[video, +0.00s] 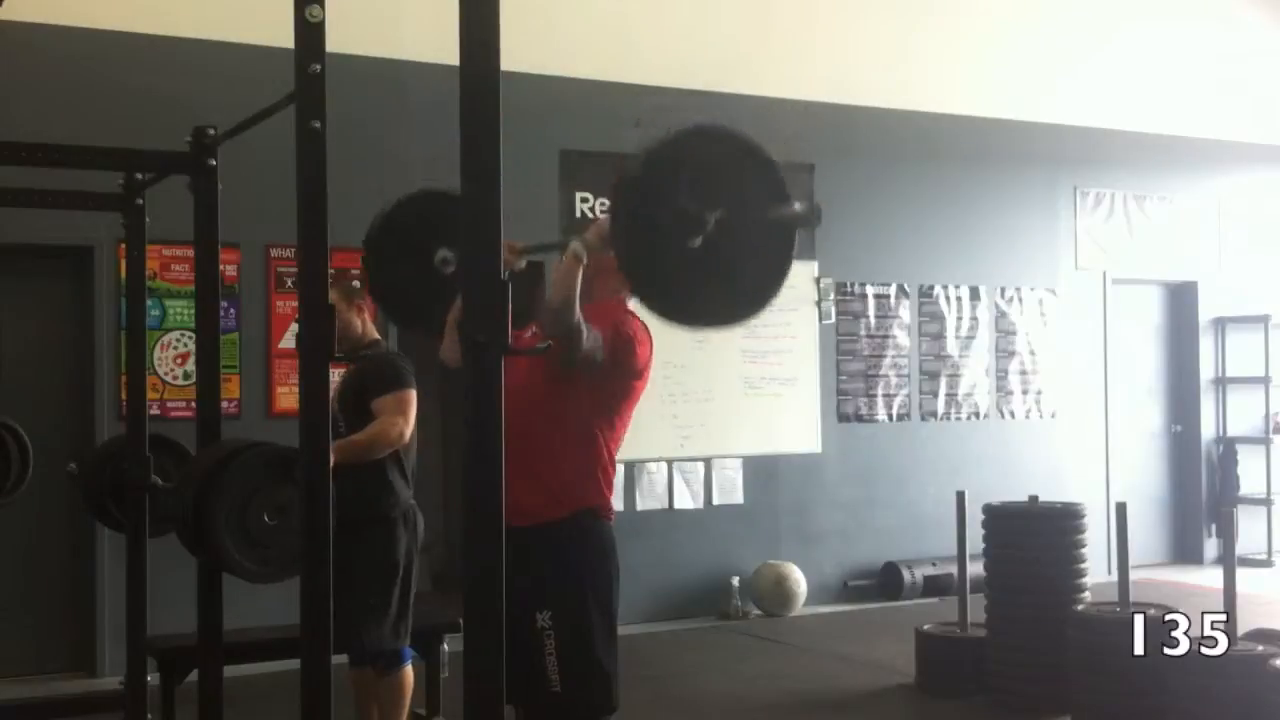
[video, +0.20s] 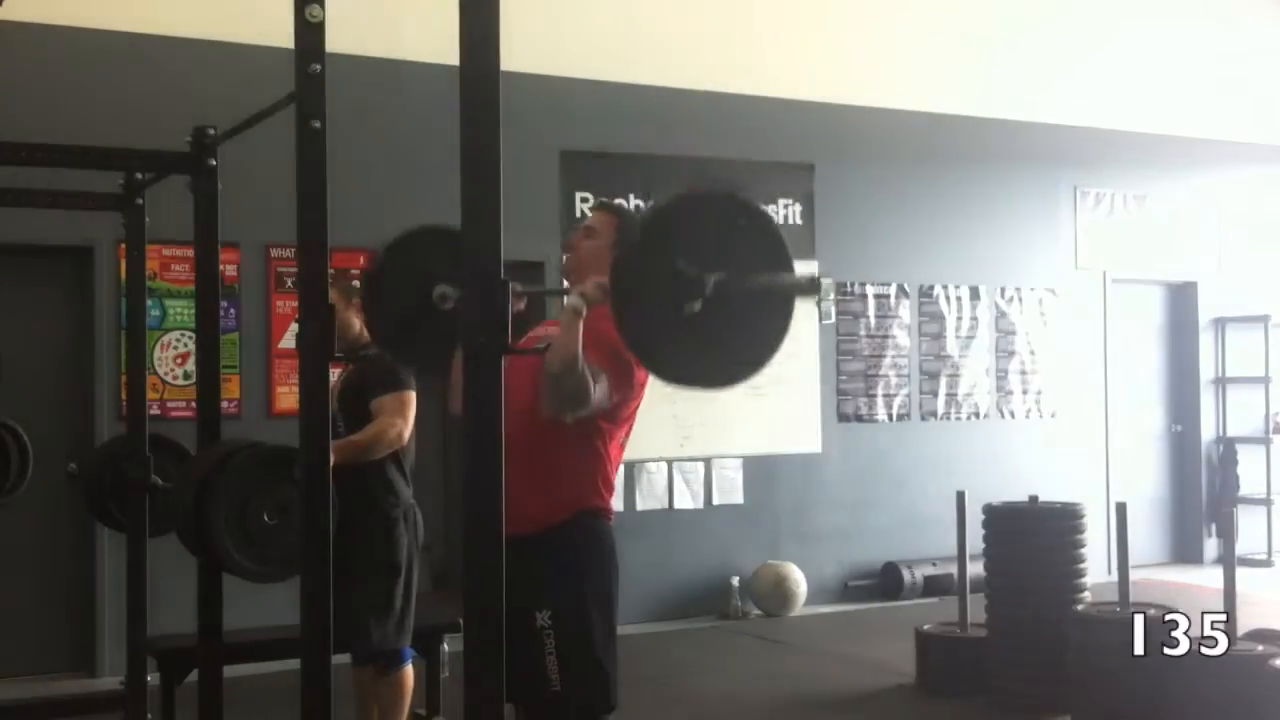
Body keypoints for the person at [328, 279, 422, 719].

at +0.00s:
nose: (331, 327)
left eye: (335, 316)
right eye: (328, 318)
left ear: (363, 310)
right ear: (352, 315)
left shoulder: (387, 364)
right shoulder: (357, 369)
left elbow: (397, 428)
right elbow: (348, 430)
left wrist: (332, 452)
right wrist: (325, 451)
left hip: (387, 517)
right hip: (359, 515)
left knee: (386, 644)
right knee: (361, 644)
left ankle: (394, 719)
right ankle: (369, 717)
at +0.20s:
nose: (327, 324)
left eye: (332, 312)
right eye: (325, 315)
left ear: (358, 309)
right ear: (343, 314)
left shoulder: (385, 367)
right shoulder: (351, 372)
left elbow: (396, 428)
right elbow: (346, 432)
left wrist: (332, 452)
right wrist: (325, 454)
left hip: (386, 516)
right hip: (358, 514)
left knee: (388, 644)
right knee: (363, 644)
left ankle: (393, 718)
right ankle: (370, 715)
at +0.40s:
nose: (324, 322)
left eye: (330, 310)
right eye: (321, 312)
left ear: (355, 309)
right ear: (338, 313)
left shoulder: (384, 359)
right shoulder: (345, 370)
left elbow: (395, 429)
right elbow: (340, 431)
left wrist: (329, 450)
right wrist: (317, 452)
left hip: (385, 514)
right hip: (355, 512)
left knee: (387, 645)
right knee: (364, 644)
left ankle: (392, 719)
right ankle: (369, 717)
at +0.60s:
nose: (321, 324)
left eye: (327, 312)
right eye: (319, 314)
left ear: (352, 310)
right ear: (338, 313)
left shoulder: (382, 362)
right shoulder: (341, 369)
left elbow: (395, 427)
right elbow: (335, 428)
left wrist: (327, 449)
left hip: (384, 517)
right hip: (351, 515)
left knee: (387, 645)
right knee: (360, 644)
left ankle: (393, 718)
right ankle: (368, 715)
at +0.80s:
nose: (318, 330)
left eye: (324, 318)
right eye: (314, 321)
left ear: (346, 313)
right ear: (325, 318)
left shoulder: (379, 366)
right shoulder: (337, 371)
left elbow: (392, 435)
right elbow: (331, 430)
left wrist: (325, 454)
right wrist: (307, 457)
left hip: (379, 516)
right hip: (349, 514)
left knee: (383, 646)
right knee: (361, 646)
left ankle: (391, 718)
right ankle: (369, 716)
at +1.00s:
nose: (315, 331)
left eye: (321, 319)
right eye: (311, 321)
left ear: (342, 315)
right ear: (327, 318)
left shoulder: (369, 366)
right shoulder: (327, 370)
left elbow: (382, 436)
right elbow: (326, 438)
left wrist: (319, 474)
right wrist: (299, 478)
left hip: (374, 513)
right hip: (344, 511)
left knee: (377, 646)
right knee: (360, 645)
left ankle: (388, 718)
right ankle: (368, 717)